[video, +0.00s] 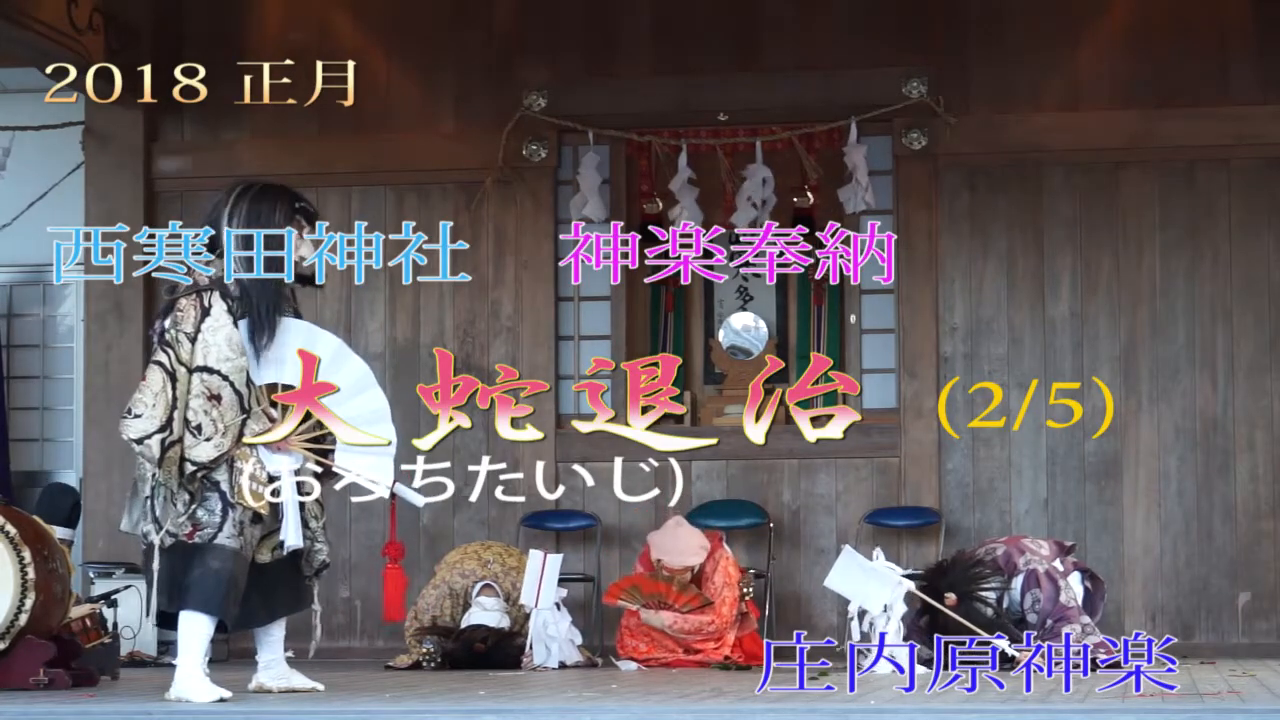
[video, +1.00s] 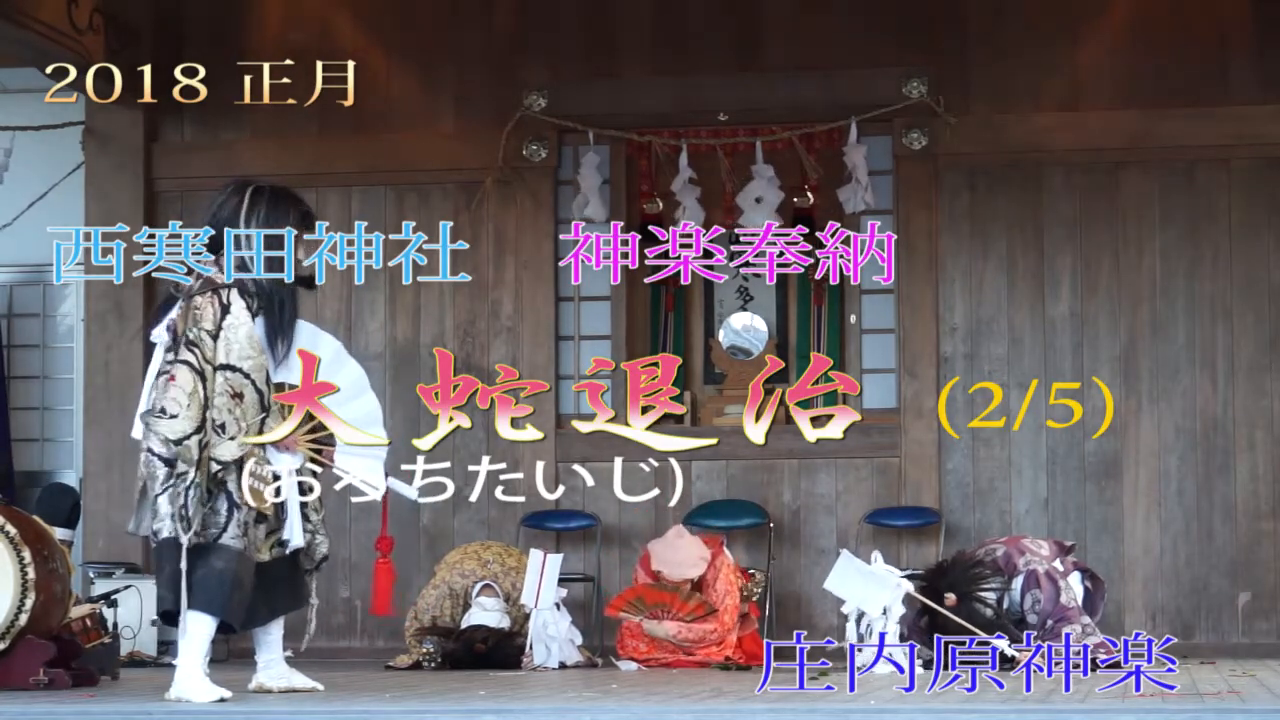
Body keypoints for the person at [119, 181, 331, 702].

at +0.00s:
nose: (311, 248)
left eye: (310, 235)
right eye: (303, 234)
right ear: (267, 237)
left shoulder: (274, 312)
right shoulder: (210, 309)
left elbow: (288, 395)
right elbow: (203, 414)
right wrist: (259, 453)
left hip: (265, 456)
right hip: (216, 458)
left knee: (277, 547)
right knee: (219, 546)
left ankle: (273, 664)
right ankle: (189, 672)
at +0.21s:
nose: (310, 247)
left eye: (309, 234)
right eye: (302, 233)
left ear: (254, 237)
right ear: (267, 235)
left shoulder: (270, 309)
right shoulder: (211, 308)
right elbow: (206, 413)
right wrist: (259, 454)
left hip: (263, 453)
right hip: (215, 456)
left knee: (275, 547)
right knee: (219, 547)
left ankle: (272, 664)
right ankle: (189, 672)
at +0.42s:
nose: (306, 250)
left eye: (305, 237)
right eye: (298, 236)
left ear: (238, 236)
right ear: (263, 239)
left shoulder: (269, 313)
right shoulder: (211, 312)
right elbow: (207, 414)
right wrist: (259, 455)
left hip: (264, 457)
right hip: (215, 458)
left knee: (274, 549)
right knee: (217, 550)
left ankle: (272, 664)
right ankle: (189, 672)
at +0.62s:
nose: (302, 250)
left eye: (301, 237)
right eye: (294, 236)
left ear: (242, 238)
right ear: (259, 240)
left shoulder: (269, 312)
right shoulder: (208, 311)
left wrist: (303, 439)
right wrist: (255, 455)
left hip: (264, 461)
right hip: (219, 463)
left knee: (272, 554)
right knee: (217, 555)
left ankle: (272, 664)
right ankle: (190, 674)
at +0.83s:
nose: (305, 251)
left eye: (304, 238)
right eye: (297, 237)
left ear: (240, 236)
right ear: (264, 239)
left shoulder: (267, 308)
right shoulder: (221, 306)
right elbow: (222, 410)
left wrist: (303, 439)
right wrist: (268, 448)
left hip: (260, 458)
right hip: (222, 460)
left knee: (270, 555)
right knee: (218, 555)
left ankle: (272, 664)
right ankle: (190, 674)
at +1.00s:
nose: (305, 251)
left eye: (304, 238)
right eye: (297, 236)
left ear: (244, 236)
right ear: (263, 238)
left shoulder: (266, 307)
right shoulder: (216, 305)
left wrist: (302, 436)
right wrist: (264, 454)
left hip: (258, 459)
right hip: (219, 461)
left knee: (272, 552)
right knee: (221, 553)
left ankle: (272, 664)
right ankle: (190, 673)